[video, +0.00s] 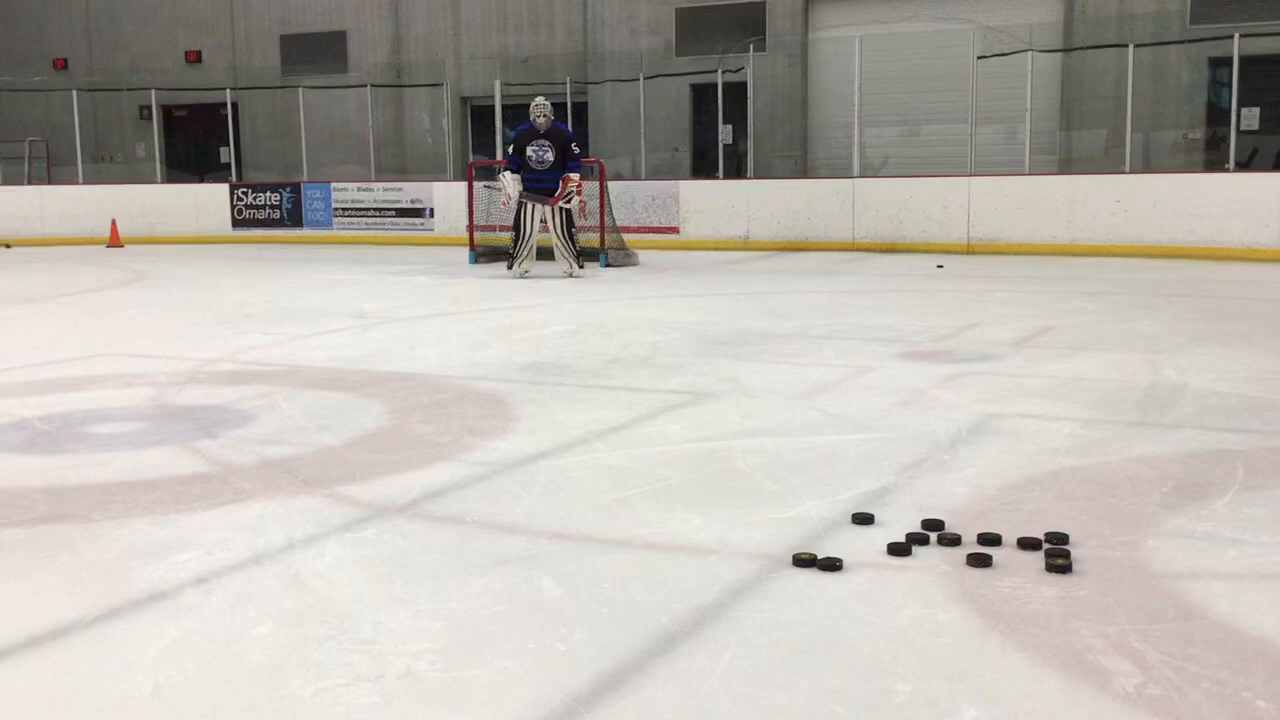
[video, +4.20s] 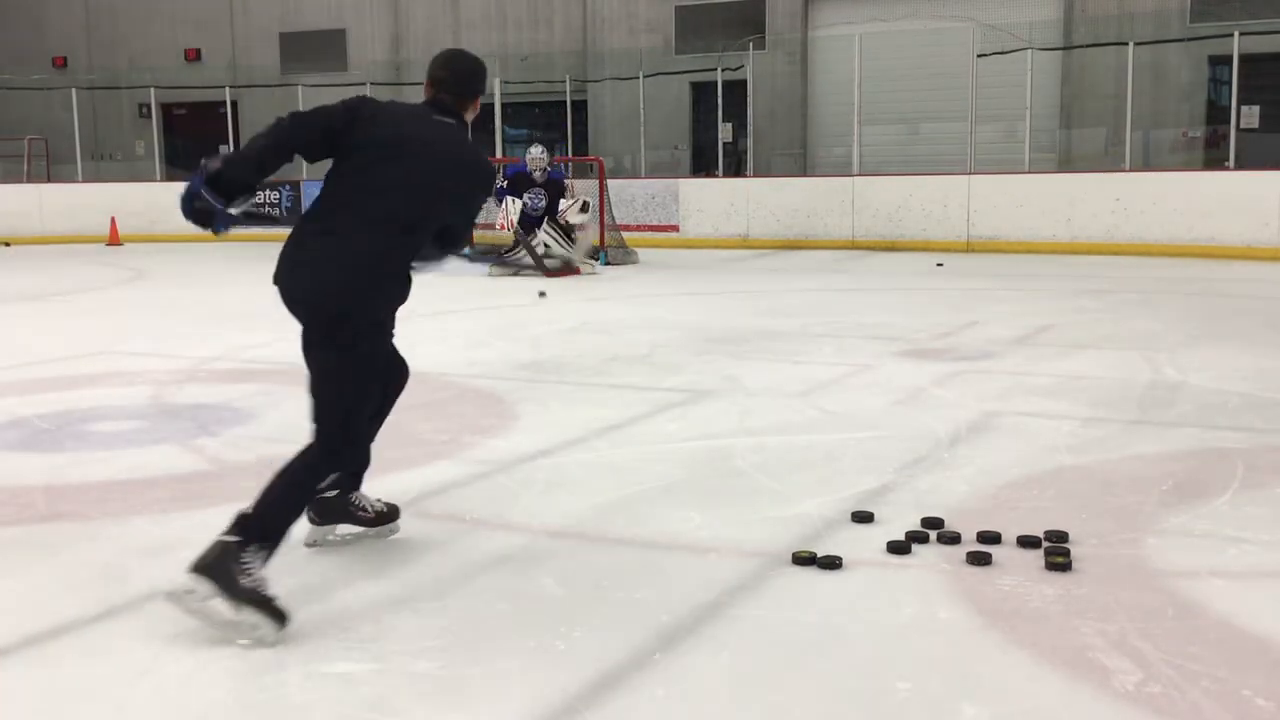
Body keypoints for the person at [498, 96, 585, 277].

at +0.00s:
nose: (541, 120)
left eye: (544, 116)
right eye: (537, 116)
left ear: (550, 116)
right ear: (531, 117)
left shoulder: (563, 134)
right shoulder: (522, 134)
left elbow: (574, 161)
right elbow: (513, 162)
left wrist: (571, 187)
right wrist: (511, 187)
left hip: (556, 193)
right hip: (529, 192)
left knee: (562, 232)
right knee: (524, 231)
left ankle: (572, 267)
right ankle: (520, 268)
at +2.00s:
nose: (546, 127)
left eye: (550, 124)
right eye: (543, 124)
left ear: (556, 121)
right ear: (537, 121)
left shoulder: (567, 138)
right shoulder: (526, 138)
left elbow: (577, 164)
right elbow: (516, 164)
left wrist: (577, 184)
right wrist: (520, 185)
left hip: (560, 194)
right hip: (534, 194)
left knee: (570, 232)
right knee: (526, 231)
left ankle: (583, 265)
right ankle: (515, 266)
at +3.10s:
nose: (539, 142)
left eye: (543, 138)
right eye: (536, 138)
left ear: (549, 138)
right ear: (530, 137)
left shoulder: (558, 153)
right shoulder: (519, 153)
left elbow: (573, 175)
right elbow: (504, 176)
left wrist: (580, 167)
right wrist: (497, 197)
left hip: (552, 198)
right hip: (523, 198)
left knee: (566, 229)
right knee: (509, 229)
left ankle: (579, 263)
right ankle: (496, 264)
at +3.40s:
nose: (539, 149)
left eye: (543, 145)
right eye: (536, 145)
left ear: (549, 146)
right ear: (530, 146)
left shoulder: (556, 164)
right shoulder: (520, 163)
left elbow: (570, 185)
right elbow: (503, 187)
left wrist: (580, 176)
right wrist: (496, 208)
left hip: (549, 204)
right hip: (521, 203)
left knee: (564, 233)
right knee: (507, 232)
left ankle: (583, 263)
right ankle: (491, 264)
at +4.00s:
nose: (538, 155)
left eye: (541, 151)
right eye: (534, 151)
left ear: (547, 152)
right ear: (528, 153)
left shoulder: (556, 170)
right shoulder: (516, 169)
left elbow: (569, 195)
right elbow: (500, 191)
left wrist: (580, 186)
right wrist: (501, 211)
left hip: (549, 209)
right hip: (523, 209)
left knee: (565, 236)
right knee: (510, 237)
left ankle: (584, 263)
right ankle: (491, 265)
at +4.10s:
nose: (538, 158)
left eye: (541, 154)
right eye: (534, 154)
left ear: (548, 156)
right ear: (528, 156)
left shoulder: (556, 174)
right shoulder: (516, 171)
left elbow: (565, 197)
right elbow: (500, 191)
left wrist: (573, 204)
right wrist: (512, 210)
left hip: (549, 217)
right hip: (522, 217)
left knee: (565, 241)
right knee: (512, 243)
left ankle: (587, 264)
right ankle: (493, 266)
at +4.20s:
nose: (536, 164)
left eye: (540, 160)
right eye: (532, 160)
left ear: (547, 160)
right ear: (527, 161)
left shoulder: (556, 180)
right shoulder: (518, 178)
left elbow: (564, 203)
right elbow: (501, 196)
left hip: (549, 224)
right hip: (524, 225)